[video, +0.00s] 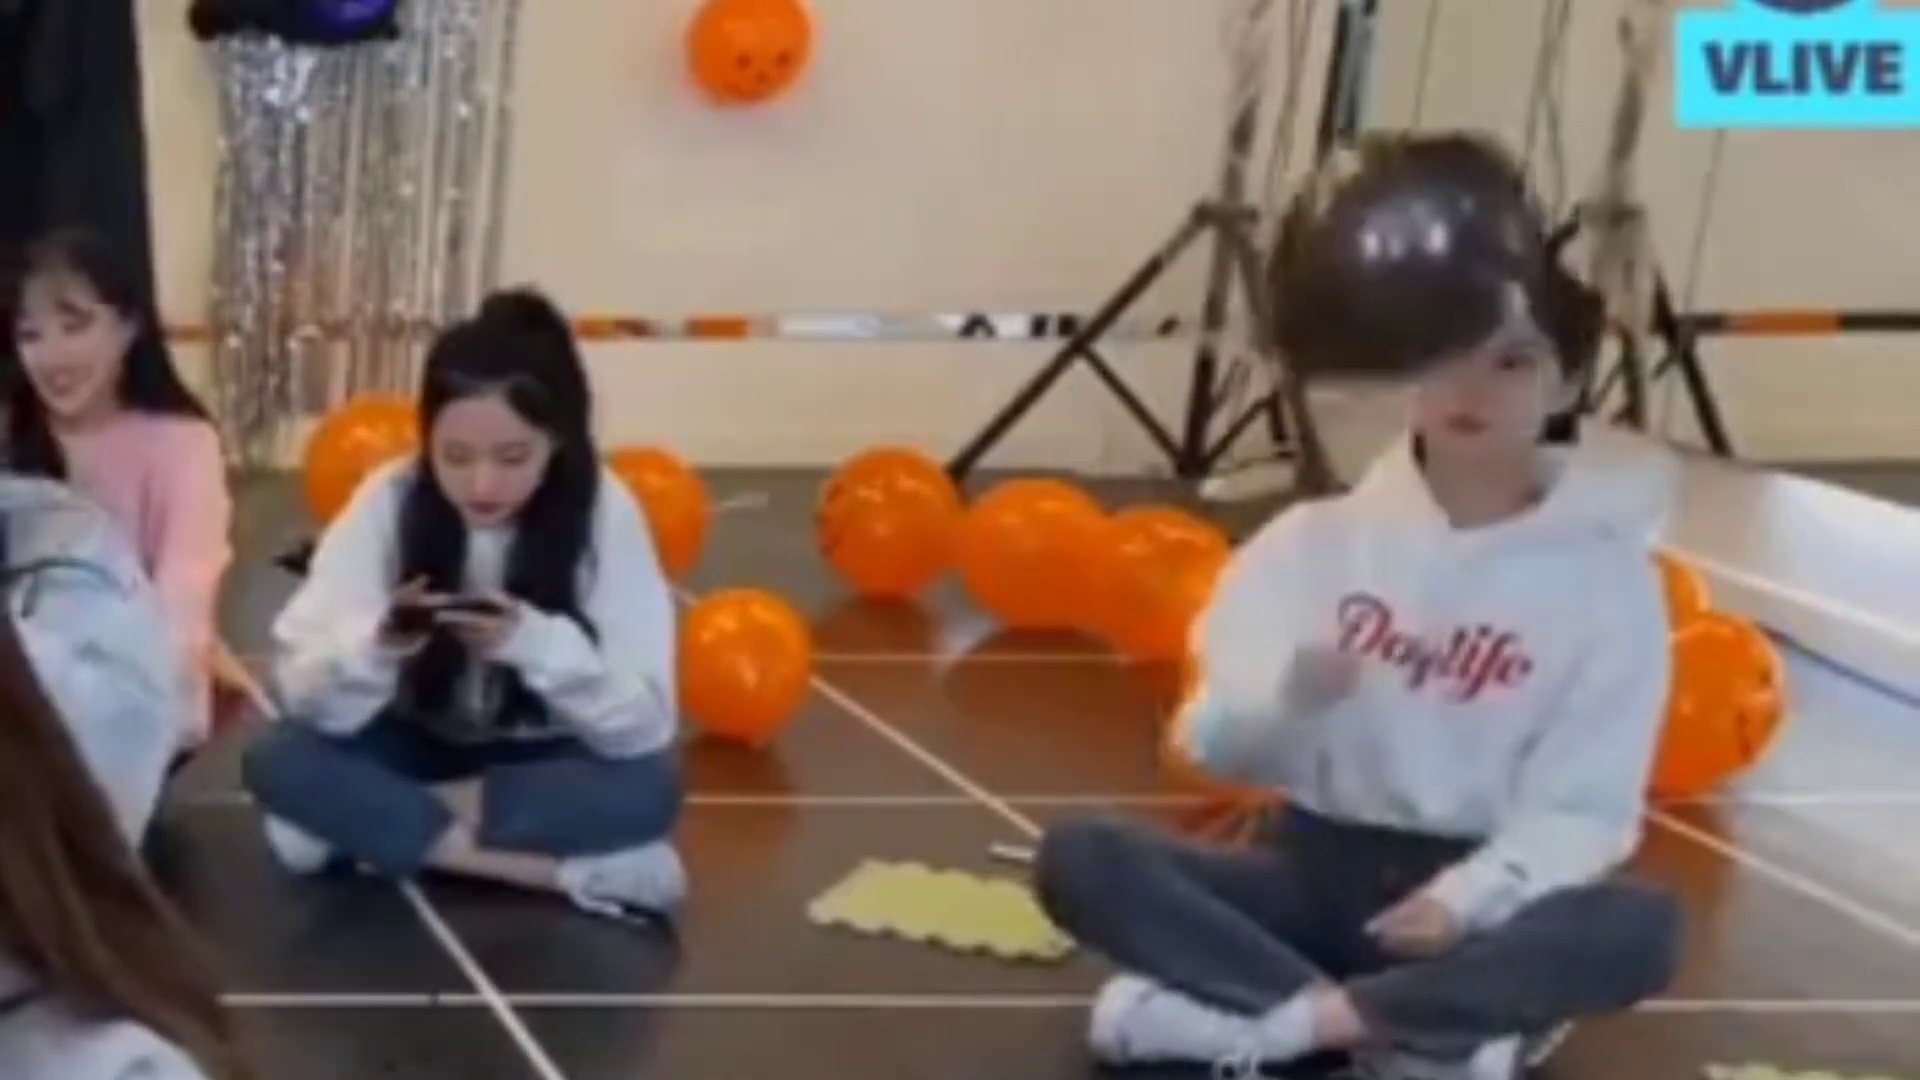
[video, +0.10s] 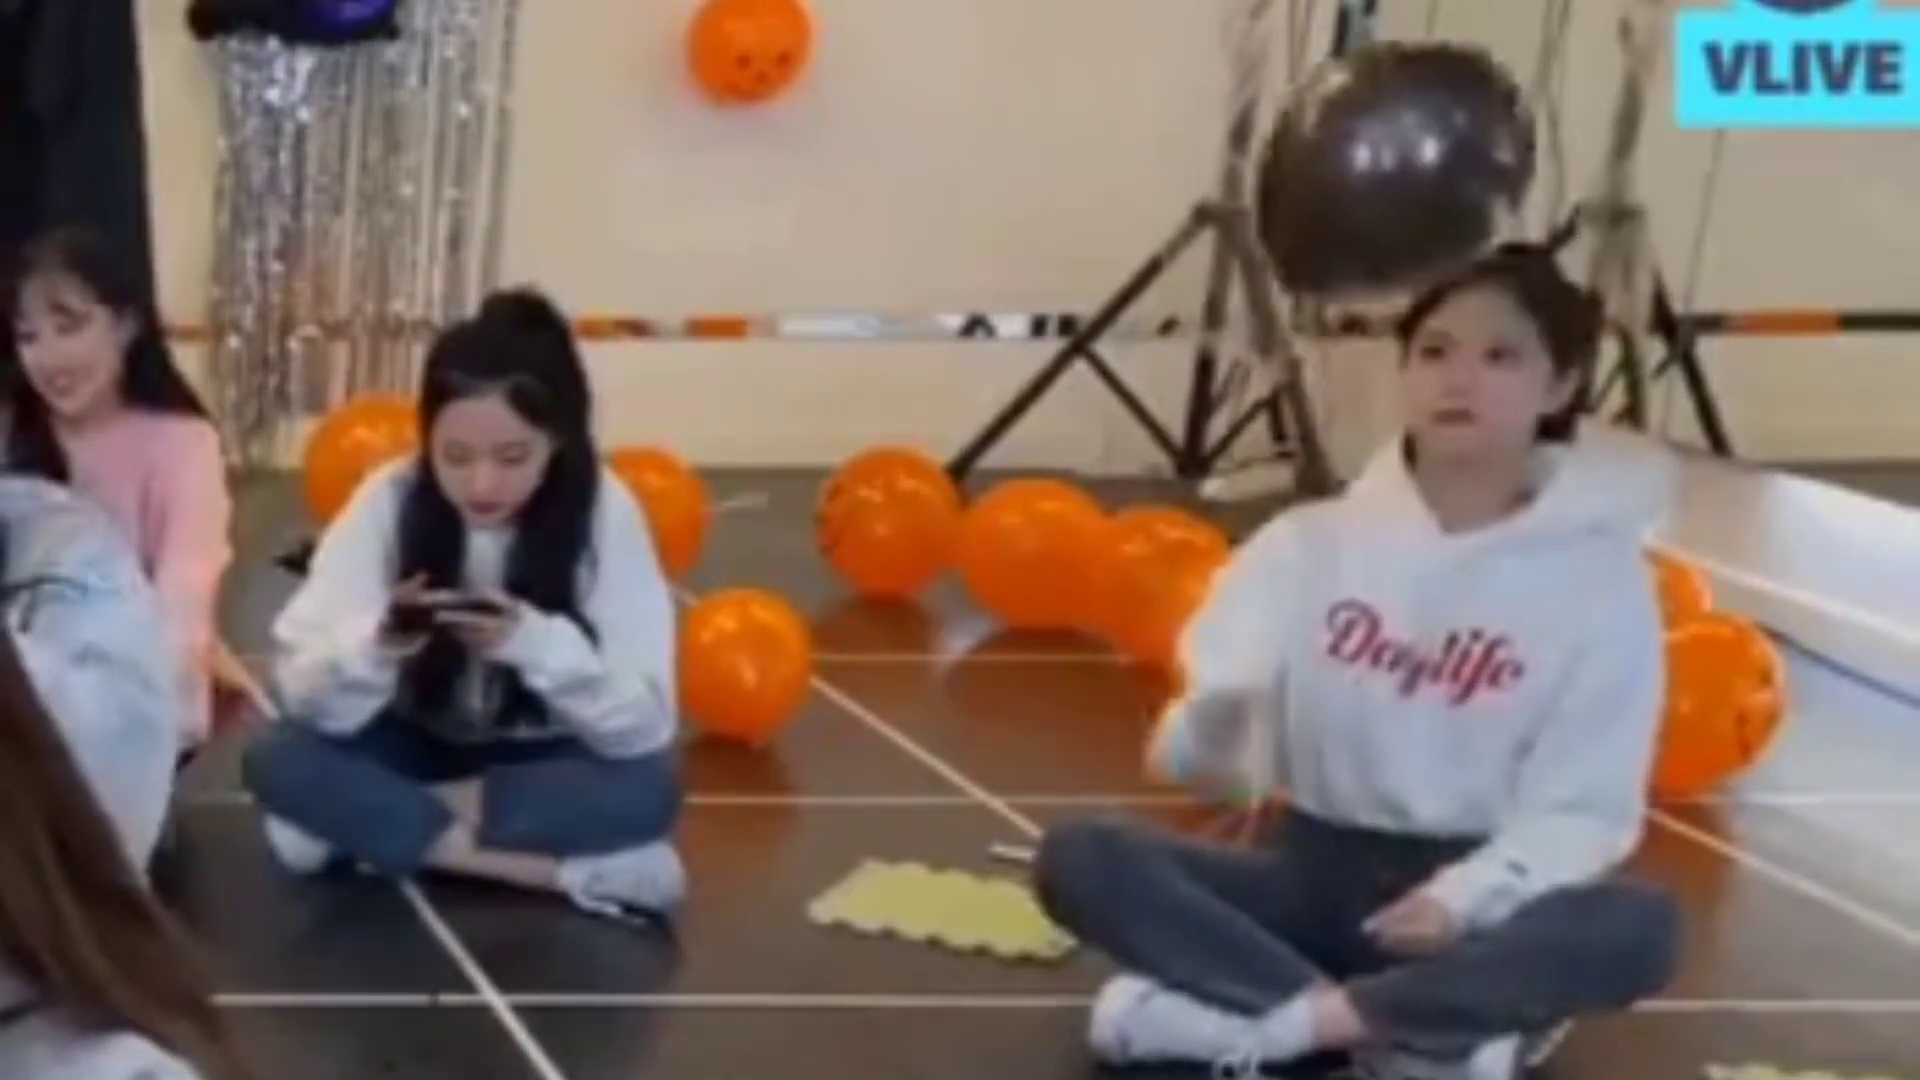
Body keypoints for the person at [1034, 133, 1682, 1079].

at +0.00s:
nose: (1470, 398)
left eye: (1511, 362)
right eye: (1435, 366)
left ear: (1565, 372)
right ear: (1391, 381)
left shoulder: (1607, 581)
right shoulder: (1310, 544)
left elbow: (1589, 812)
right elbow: (1202, 745)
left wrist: (1464, 898)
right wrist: (1288, 703)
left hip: (1479, 884)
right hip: (1307, 872)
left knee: (1640, 928)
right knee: (1077, 856)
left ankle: (1287, 1027)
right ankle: (1402, 1044)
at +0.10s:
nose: (1459, 380)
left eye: (1500, 357)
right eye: (1436, 353)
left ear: (1558, 393)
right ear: (1403, 380)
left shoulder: (1598, 579)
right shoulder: (1308, 543)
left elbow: (1590, 808)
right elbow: (1183, 764)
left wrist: (1463, 897)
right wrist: (1218, 727)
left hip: (1482, 889)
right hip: (1306, 872)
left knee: (1641, 930)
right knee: (1077, 857)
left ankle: (1277, 1033)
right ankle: (1403, 1049)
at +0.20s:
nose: (1452, 376)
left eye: (1493, 353)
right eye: (1431, 349)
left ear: (1554, 391)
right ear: (1399, 376)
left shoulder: (1594, 574)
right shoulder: (1297, 539)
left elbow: (1586, 805)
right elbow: (1188, 737)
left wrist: (1458, 901)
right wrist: (1182, 632)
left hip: (1478, 896)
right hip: (1301, 879)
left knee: (1642, 933)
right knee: (1073, 866)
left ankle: (1283, 1031)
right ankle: (1407, 1049)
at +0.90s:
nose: (1463, 398)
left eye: (1506, 377)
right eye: (1452, 370)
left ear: (1591, 402)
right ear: (1429, 379)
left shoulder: (1628, 581)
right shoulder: (1340, 544)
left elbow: (1591, 811)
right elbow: (1231, 749)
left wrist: (1455, 900)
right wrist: (1162, 678)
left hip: (1488, 895)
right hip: (1310, 873)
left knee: (1644, 925)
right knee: (1081, 859)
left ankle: (1281, 1031)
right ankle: (1424, 1049)